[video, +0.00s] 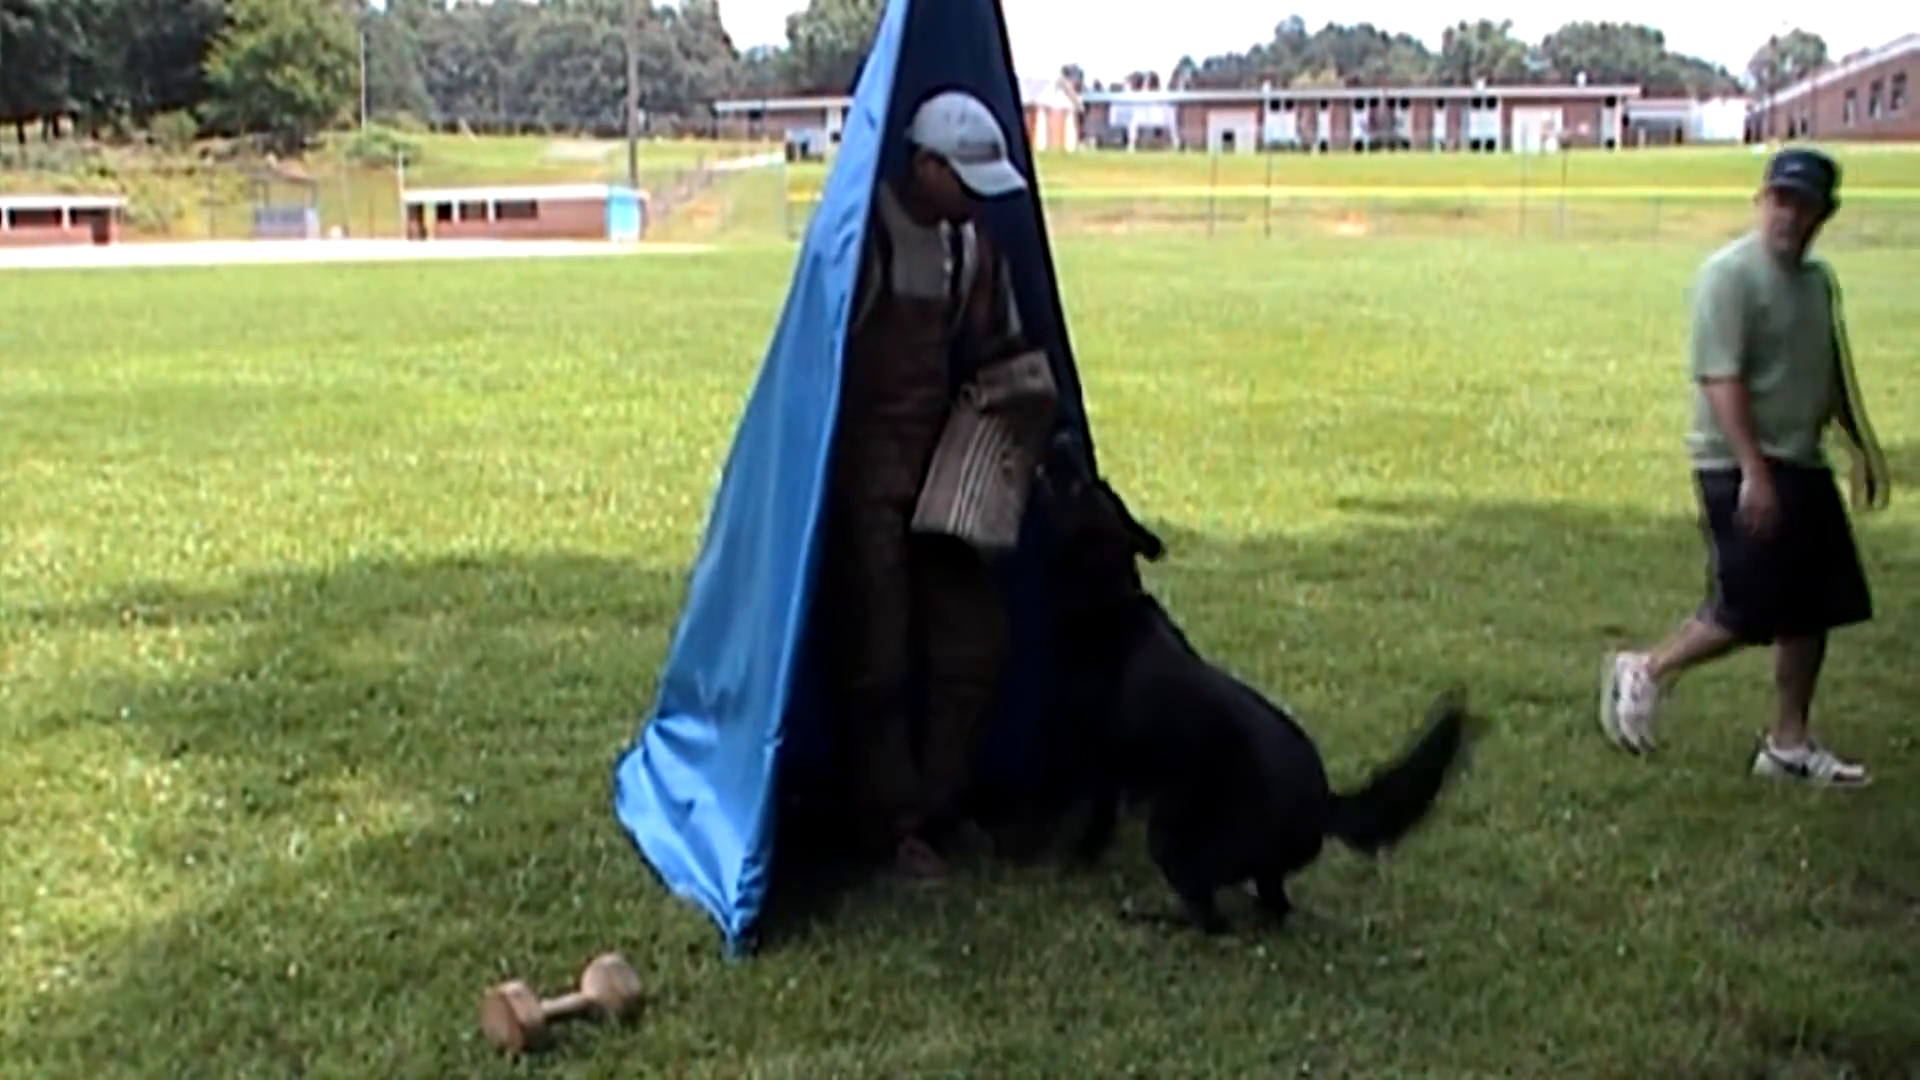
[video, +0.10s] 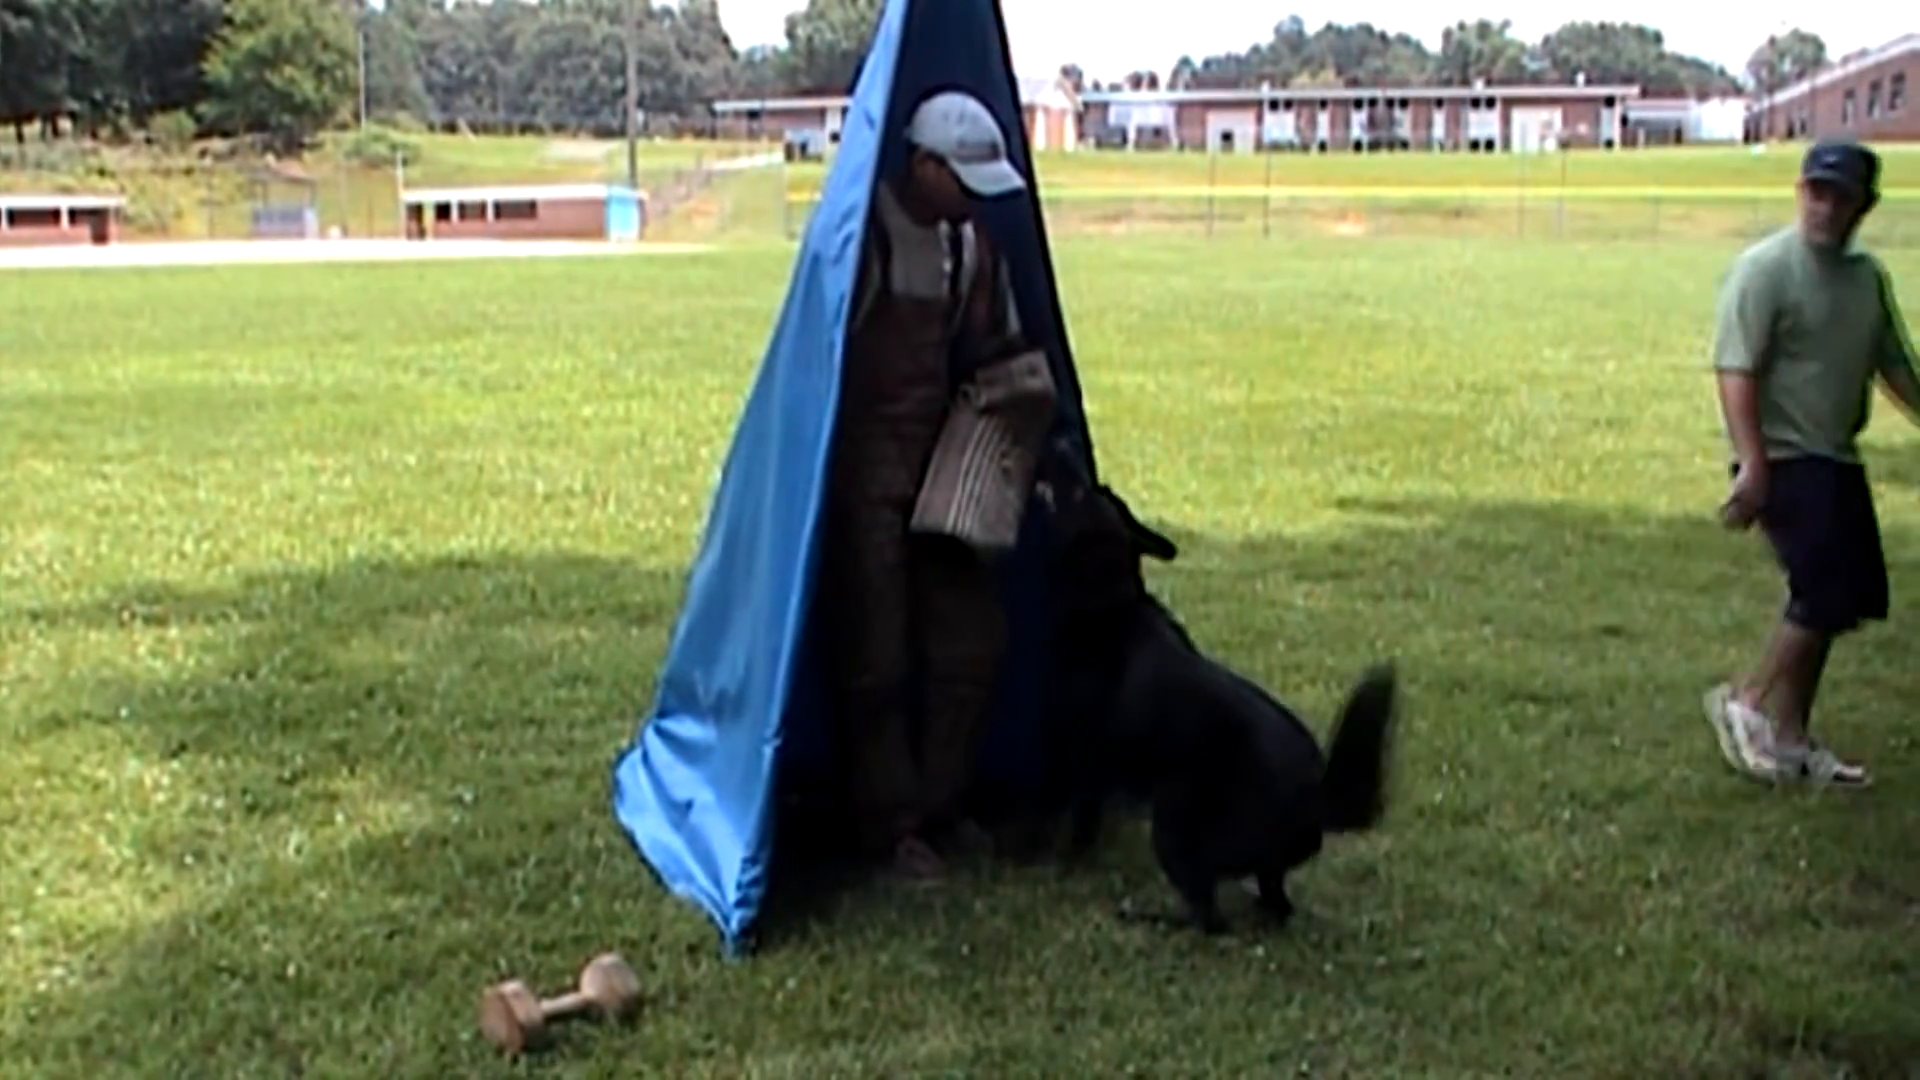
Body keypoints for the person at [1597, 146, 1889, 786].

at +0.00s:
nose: (1788, 216)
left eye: (1804, 206)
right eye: (1779, 200)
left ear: (1822, 217)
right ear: (1760, 202)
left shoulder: (1819, 284)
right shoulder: (1727, 277)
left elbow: (1831, 379)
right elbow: (1720, 382)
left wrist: (1862, 444)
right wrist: (1752, 469)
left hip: (1802, 467)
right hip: (1737, 467)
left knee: (1812, 607)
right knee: (1750, 607)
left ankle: (1788, 742)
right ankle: (1644, 672)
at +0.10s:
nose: (1825, 206)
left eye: (1841, 196)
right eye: (1816, 191)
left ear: (1863, 208)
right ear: (1800, 193)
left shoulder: (1868, 278)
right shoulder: (1764, 270)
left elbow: (1894, 367)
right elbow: (1734, 371)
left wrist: (1918, 409)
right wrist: (1751, 465)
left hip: (1838, 458)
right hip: (1782, 457)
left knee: (1834, 598)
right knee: (1824, 590)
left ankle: (1790, 734)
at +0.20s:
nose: (1864, 209)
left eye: (1880, 199)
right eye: (1855, 194)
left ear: (1901, 208)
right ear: (1835, 196)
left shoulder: (1906, 279)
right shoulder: (1801, 272)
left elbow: (1908, 356)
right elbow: (1749, 370)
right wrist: (1753, 468)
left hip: (1868, 457)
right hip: (1811, 457)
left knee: (1819, 602)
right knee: (1875, 605)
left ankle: (1788, 738)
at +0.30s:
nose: (1901, 219)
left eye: (1911, 207)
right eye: (1891, 204)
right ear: (1872, 206)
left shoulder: (1907, 282)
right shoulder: (1842, 283)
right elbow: (1780, 381)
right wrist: (1772, 486)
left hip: (1897, 479)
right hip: (1850, 479)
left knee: (1831, 609)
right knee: (1904, 631)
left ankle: (1791, 734)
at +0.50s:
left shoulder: (1904, 304)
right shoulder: (1907, 302)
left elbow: (1861, 406)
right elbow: (1860, 406)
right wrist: (1856, 514)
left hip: (1911, 493)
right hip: (1911, 493)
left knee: (1916, 639)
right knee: (1917, 642)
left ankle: (1845, 714)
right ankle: (1843, 713)